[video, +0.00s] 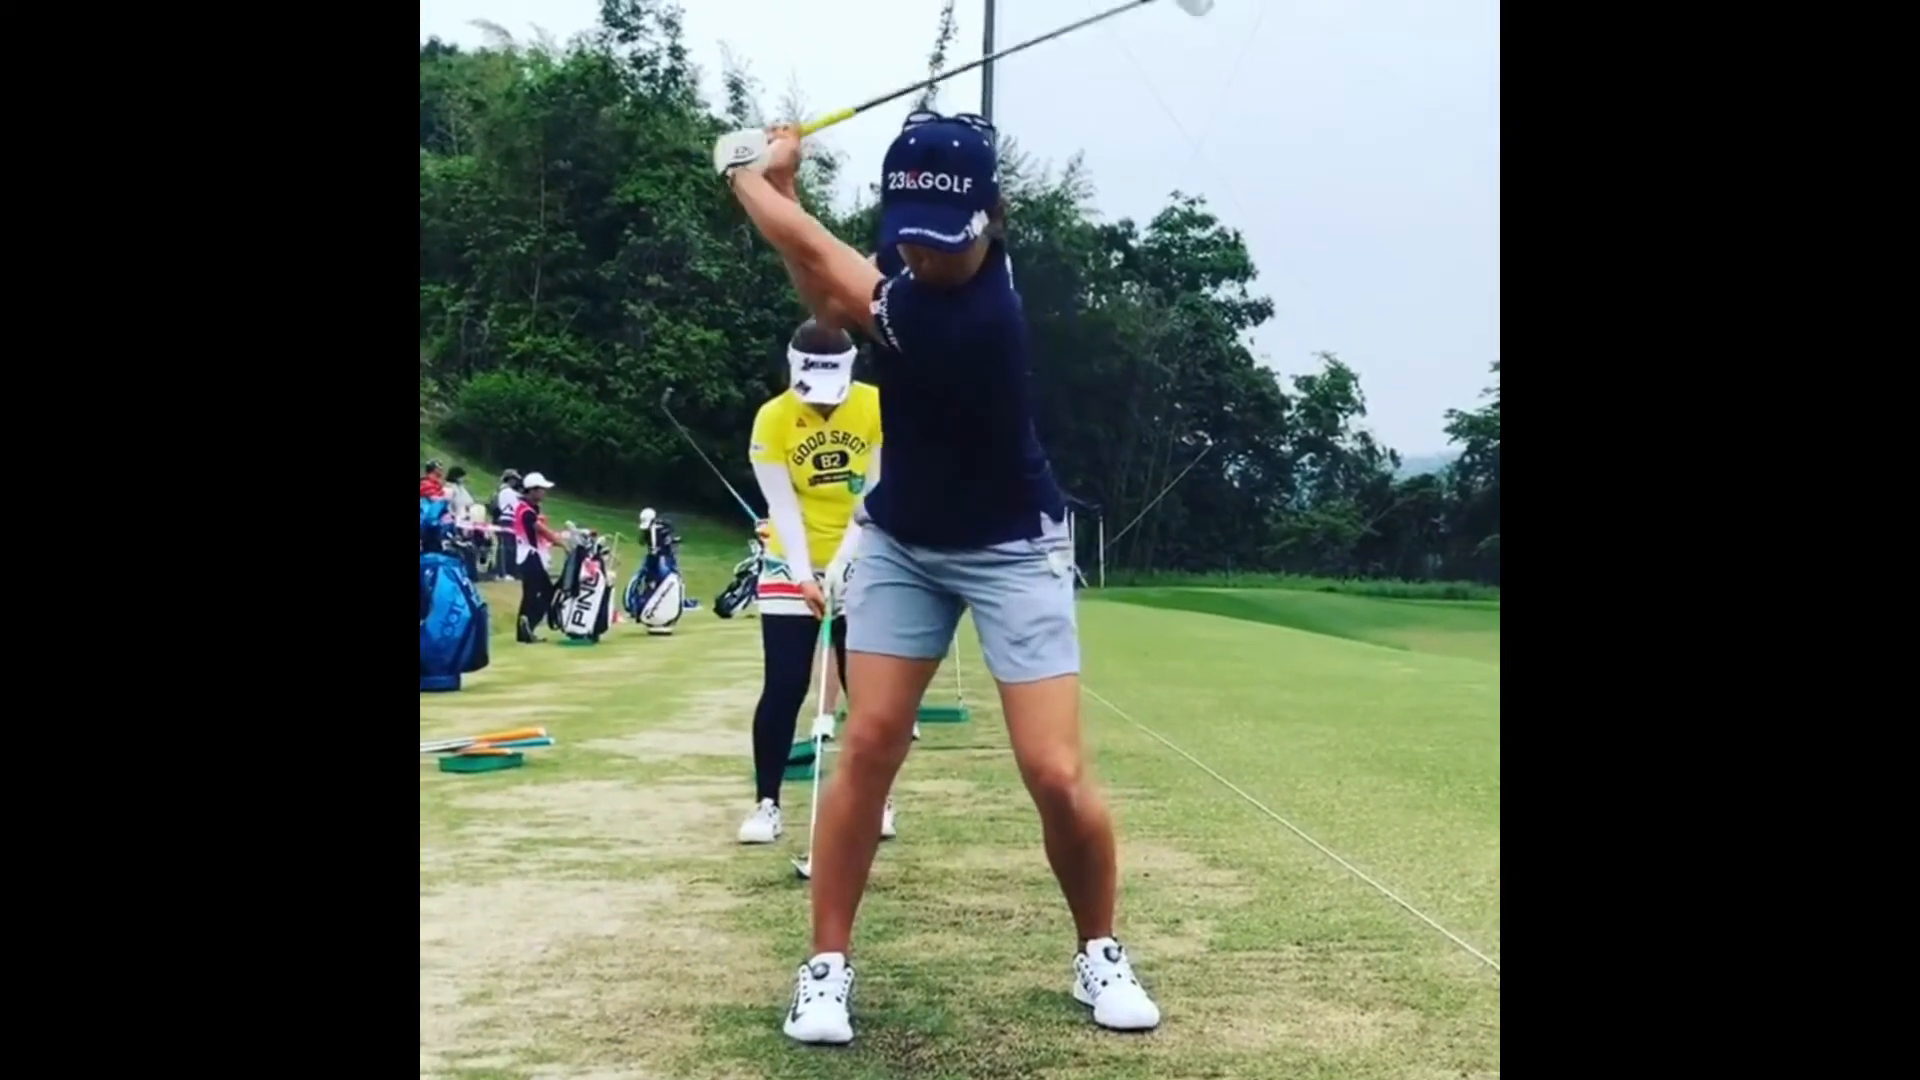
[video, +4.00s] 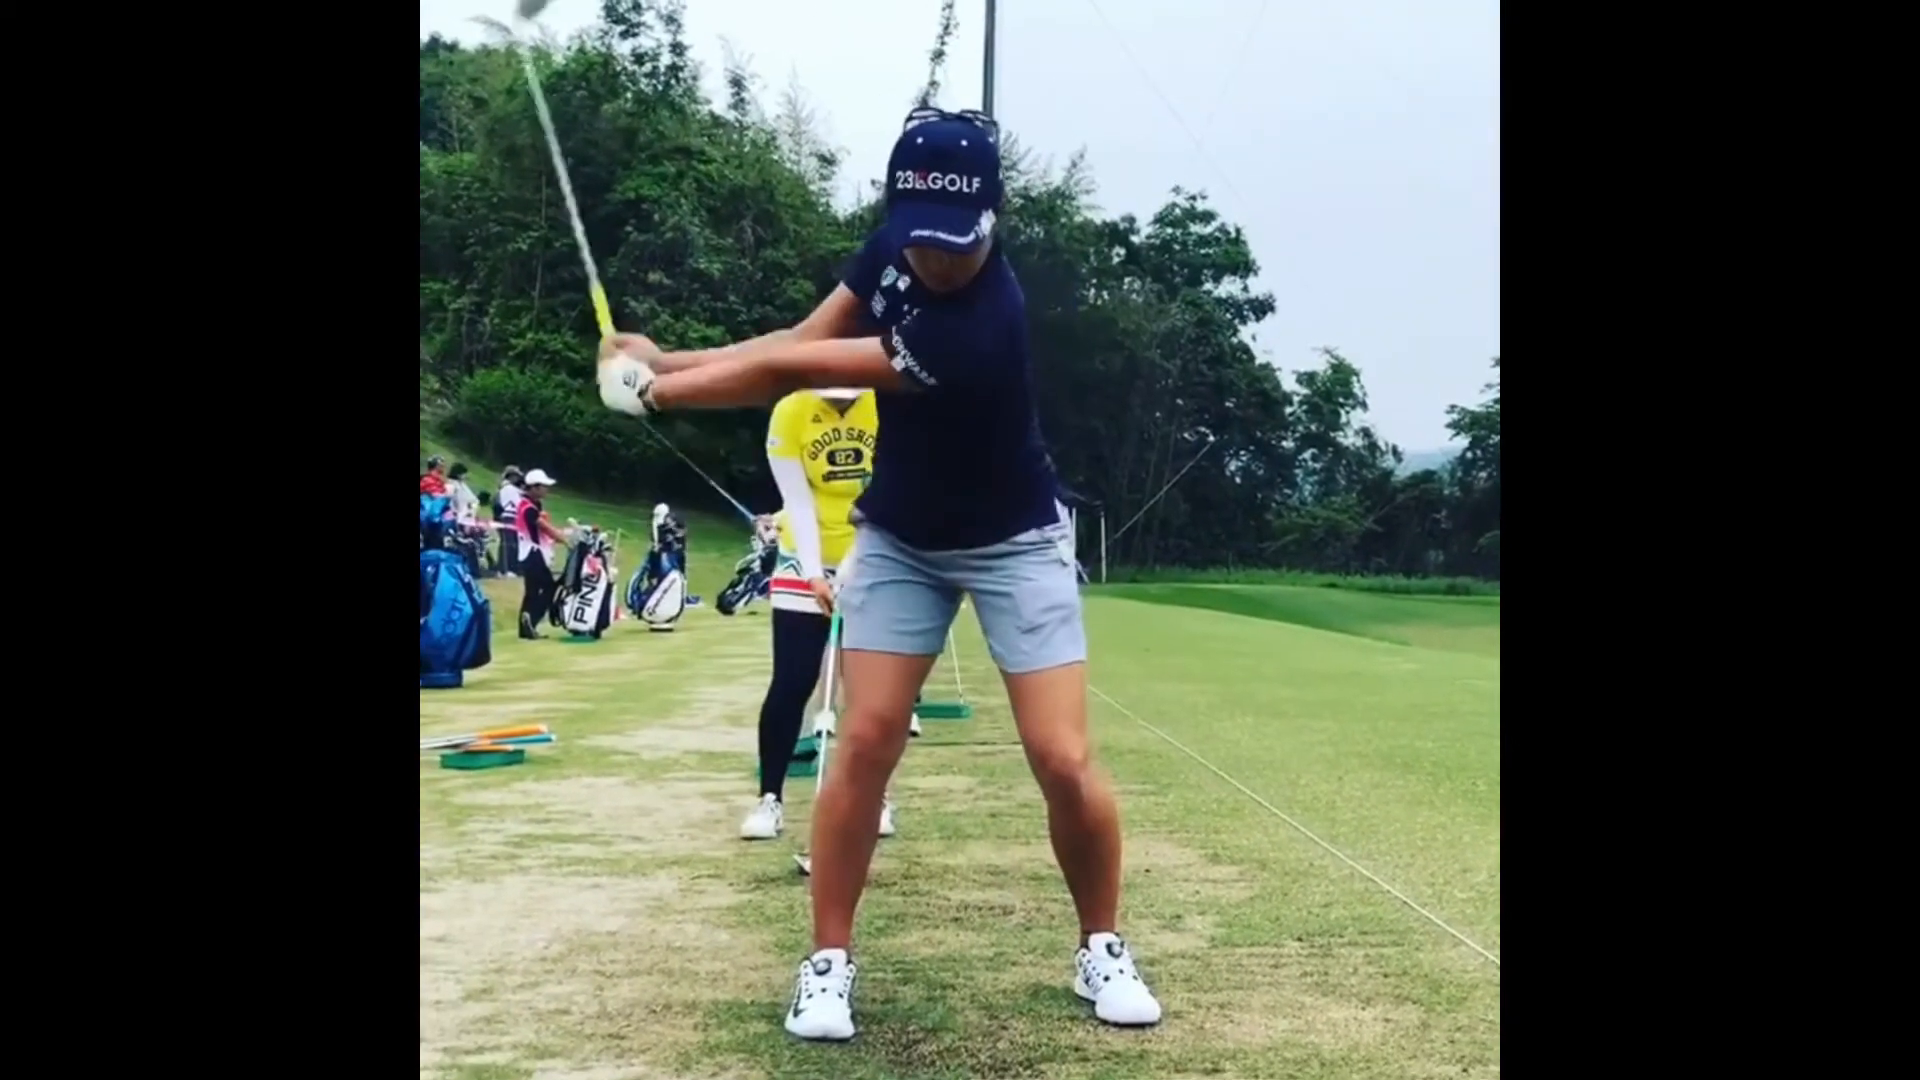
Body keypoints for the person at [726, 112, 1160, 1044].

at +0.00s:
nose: (931, 253)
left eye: (952, 233)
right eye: (914, 233)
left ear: (991, 214)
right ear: (891, 213)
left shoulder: (977, 311)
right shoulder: (904, 276)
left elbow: (808, 253)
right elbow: (836, 291)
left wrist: (747, 176)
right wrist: (783, 188)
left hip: (1016, 551)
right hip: (900, 543)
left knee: (1057, 775)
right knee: (871, 736)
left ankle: (1100, 952)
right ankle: (827, 962)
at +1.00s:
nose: (1137, 150)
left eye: (1130, 136)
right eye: (1124, 143)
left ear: (1035, 162)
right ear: (1092, 162)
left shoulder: (981, 248)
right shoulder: (1149, 232)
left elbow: (880, 198)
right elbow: (1070, 185)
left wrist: (904, 107)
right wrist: (991, 117)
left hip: (993, 516)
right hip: (1085, 520)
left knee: (1066, 746)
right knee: (1012, 762)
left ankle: (1068, 962)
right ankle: (874, 931)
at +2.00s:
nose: (933, 253)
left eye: (954, 233)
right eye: (917, 232)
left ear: (990, 217)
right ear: (894, 211)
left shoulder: (977, 314)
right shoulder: (894, 264)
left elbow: (803, 313)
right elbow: (809, 307)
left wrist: (690, 256)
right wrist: (709, 249)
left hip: (1016, 549)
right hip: (895, 542)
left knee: (1061, 769)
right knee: (871, 736)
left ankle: (1102, 950)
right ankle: (829, 960)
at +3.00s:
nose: (1138, 156)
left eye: (1132, 142)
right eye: (1126, 147)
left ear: (1036, 165)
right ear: (1089, 163)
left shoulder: (983, 248)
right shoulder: (1148, 233)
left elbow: (890, 197)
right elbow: (1061, 168)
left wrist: (903, 111)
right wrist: (974, 104)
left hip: (998, 516)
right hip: (1087, 519)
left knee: (1069, 746)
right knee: (1017, 760)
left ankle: (1071, 961)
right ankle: (878, 929)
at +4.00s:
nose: (938, 255)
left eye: (958, 237)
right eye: (921, 235)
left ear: (993, 217)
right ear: (896, 210)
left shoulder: (986, 322)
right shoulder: (889, 254)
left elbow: (803, 370)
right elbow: (800, 340)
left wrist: (662, 388)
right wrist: (670, 358)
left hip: (1018, 544)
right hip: (898, 542)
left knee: (1065, 760)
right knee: (867, 735)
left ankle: (1103, 946)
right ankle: (828, 958)